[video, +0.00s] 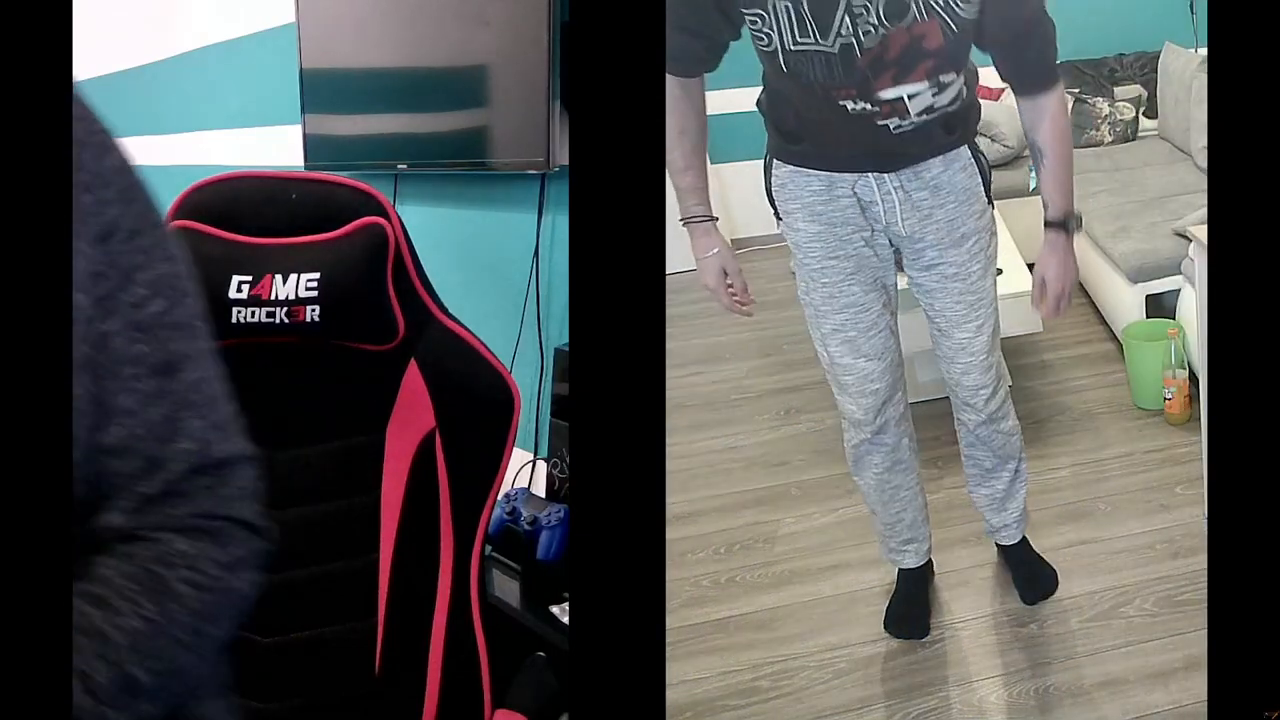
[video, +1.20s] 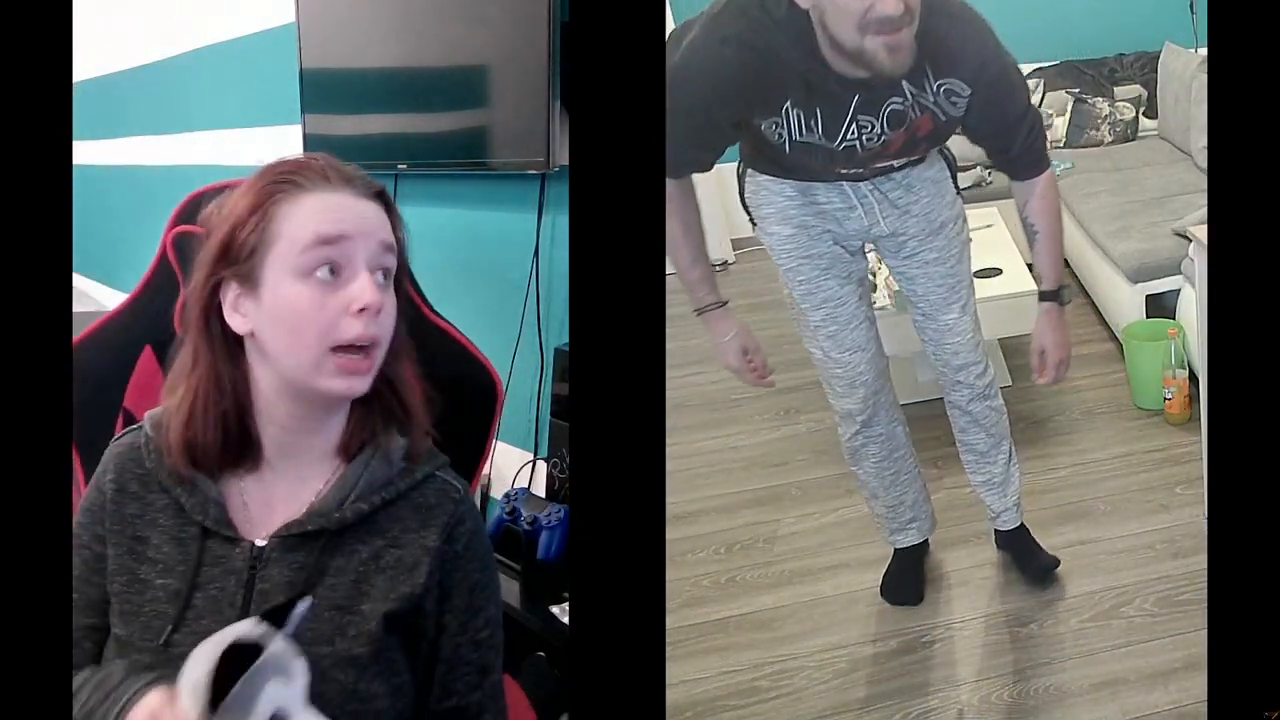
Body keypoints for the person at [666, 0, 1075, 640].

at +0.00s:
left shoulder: (997, 5)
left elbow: (1038, 80)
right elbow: (680, 67)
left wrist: (1060, 226)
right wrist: (698, 221)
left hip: (940, 169)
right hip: (816, 187)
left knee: (978, 379)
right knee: (866, 403)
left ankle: (1011, 534)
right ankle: (910, 562)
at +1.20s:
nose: (893, 6)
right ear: (806, 1)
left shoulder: (959, 34)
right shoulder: (739, 42)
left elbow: (1031, 164)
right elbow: (670, 162)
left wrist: (1051, 299)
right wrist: (712, 309)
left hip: (915, 177)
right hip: (793, 192)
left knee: (963, 358)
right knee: (856, 387)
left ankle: (1009, 520)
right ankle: (907, 535)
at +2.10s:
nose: (895, 113)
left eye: (906, 78)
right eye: (861, 91)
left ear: (916, 54)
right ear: (807, 88)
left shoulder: (966, 113)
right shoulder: (739, 104)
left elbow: (1042, 232)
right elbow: (680, 13)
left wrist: (1057, 370)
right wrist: (776, 39)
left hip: (928, 199)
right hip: (801, 207)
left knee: (972, 368)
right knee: (862, 391)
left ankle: (1004, 512)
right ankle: (910, 537)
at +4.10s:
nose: (902, 351)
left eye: (917, 330)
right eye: (880, 338)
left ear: (938, 252)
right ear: (825, 266)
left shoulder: (994, 224)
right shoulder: (771, 227)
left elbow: (1083, 341)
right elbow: (717, 264)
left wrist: (1082, 472)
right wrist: (757, 399)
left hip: (927, 90)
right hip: (804, 101)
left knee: (984, 376)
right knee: (892, 400)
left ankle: (995, 483)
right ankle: (941, 542)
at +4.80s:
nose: (910, 534)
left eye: (925, 514)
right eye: (885, 527)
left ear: (945, 433)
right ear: (831, 454)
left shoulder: (1013, 384)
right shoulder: (776, 400)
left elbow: (1118, 515)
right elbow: (732, 500)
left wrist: (1165, 672)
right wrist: (771, 637)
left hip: (946, 176)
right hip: (824, 182)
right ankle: (954, 548)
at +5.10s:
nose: (951, 612)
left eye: (972, 595)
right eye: (927, 601)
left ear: (994, 499)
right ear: (875, 518)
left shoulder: (1056, 452)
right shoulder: (806, 466)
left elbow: (1125, 585)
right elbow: (758, 604)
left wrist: (1167, 707)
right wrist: (755, 718)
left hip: (984, 226)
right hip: (859, 227)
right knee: (831, 322)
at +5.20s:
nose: (973, 620)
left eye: (990, 605)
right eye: (949, 613)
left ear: (1011, 510)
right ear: (891, 532)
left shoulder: (1066, 454)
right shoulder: (819, 486)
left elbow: (1130, 587)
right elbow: (778, 640)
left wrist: (1168, 707)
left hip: (988, 233)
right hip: (863, 240)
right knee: (833, 330)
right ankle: (826, 284)